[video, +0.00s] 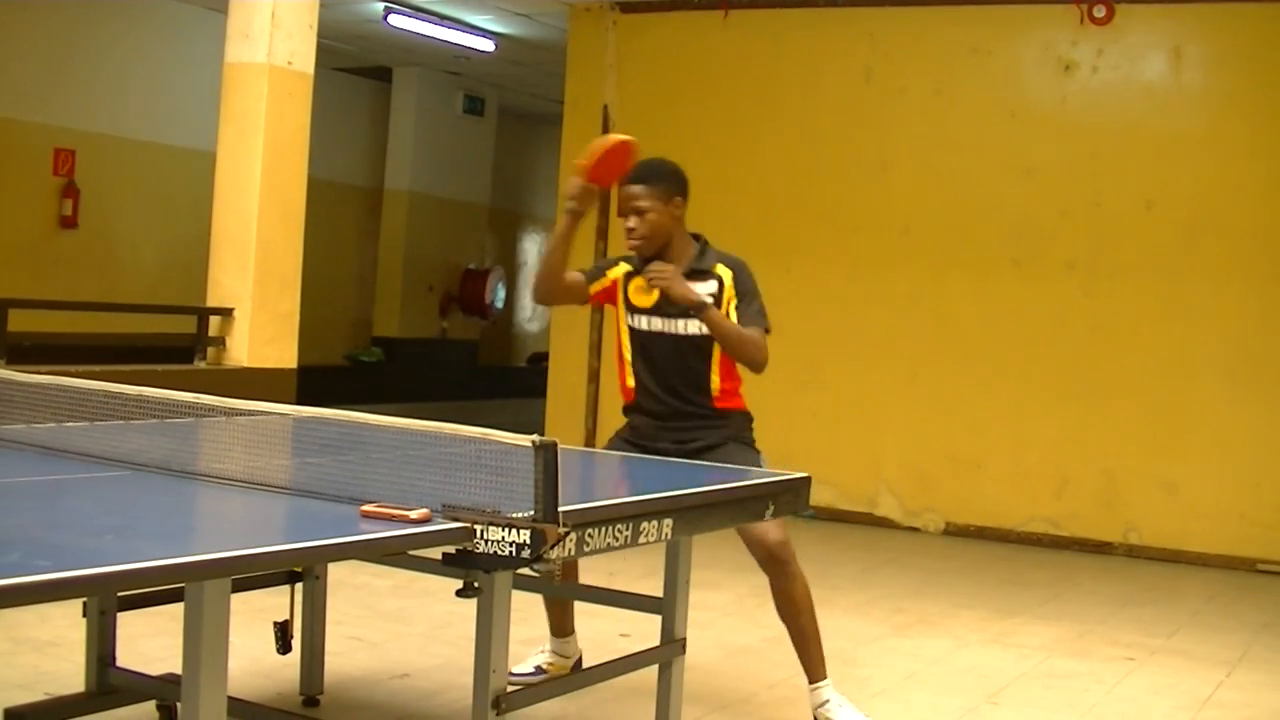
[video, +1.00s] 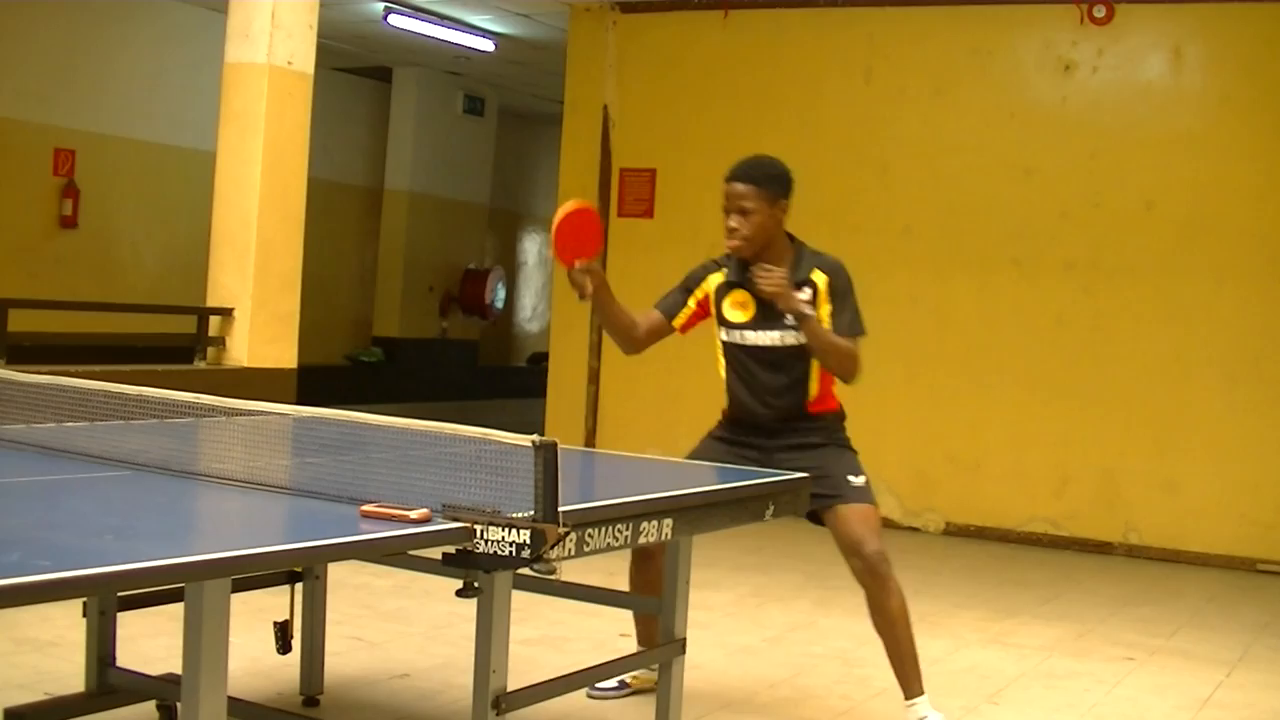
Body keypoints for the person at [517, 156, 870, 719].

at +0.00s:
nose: (627, 223)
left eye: (640, 211)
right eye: (622, 212)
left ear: (678, 209)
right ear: (620, 215)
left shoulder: (726, 273)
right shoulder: (623, 273)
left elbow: (757, 356)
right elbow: (547, 292)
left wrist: (695, 301)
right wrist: (569, 219)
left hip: (719, 440)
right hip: (642, 436)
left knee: (776, 545)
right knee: (553, 521)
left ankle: (822, 693)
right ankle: (562, 653)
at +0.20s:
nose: (691, 207)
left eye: (704, 195)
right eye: (686, 194)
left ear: (740, 197)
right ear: (683, 196)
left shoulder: (784, 258)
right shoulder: (677, 256)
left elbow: (805, 352)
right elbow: (639, 360)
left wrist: (739, 302)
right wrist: (637, 309)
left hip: (784, 429)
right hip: (708, 425)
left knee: (830, 537)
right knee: (623, 515)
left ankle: (850, 690)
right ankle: (588, 652)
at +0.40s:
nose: (742, 263)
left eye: (755, 252)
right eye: (738, 250)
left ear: (791, 250)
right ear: (734, 248)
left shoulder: (840, 304)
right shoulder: (728, 320)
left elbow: (871, 397)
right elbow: (698, 409)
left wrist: (804, 357)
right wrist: (709, 440)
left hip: (851, 450)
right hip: (777, 449)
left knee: (902, 557)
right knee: (682, 538)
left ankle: (945, 701)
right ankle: (679, 663)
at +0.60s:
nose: (777, 287)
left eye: (790, 275)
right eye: (773, 273)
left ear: (828, 269)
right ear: (767, 266)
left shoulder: (874, 312)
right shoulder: (759, 324)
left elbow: (914, 403)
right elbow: (682, 396)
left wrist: (859, 382)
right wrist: (696, 435)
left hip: (875, 452)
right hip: (799, 453)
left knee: (919, 556)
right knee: (701, 544)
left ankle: (950, 703)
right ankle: (682, 665)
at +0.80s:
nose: (775, 244)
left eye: (787, 231)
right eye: (769, 230)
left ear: (824, 224)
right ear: (764, 225)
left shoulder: (868, 276)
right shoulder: (748, 281)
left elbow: (913, 364)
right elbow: (654, 318)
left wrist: (875, 333)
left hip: (855, 431)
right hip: (776, 430)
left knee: (904, 547)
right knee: (687, 523)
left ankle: (926, 701)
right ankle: (671, 657)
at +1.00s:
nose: (731, 223)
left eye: (745, 211)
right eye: (727, 210)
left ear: (781, 212)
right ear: (724, 210)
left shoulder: (823, 274)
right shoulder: (715, 277)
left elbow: (847, 366)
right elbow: (635, 336)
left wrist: (798, 310)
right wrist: (599, 293)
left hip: (815, 441)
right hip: (737, 437)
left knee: (870, 555)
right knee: (649, 529)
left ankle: (917, 703)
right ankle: (648, 664)